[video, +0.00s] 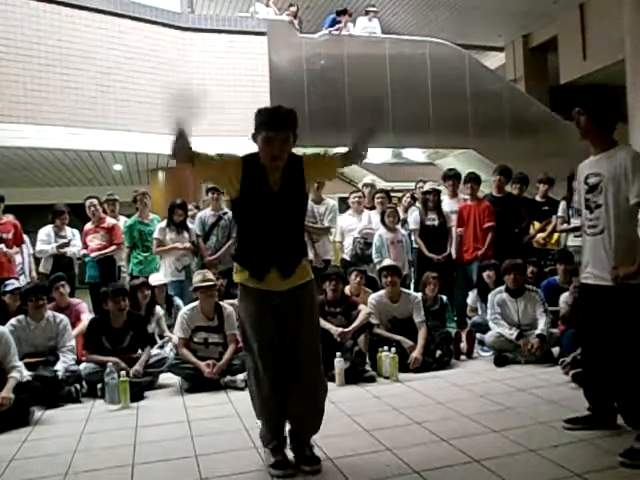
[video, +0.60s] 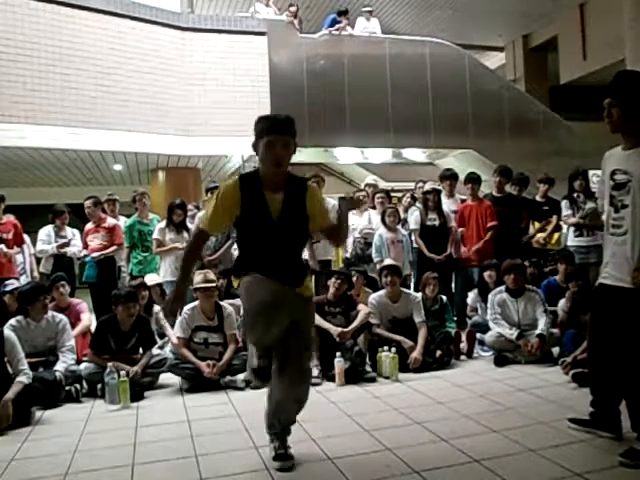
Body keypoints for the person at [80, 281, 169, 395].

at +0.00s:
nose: (122, 305)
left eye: (124, 300)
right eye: (116, 301)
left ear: (128, 301)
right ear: (106, 305)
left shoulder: (137, 320)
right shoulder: (96, 323)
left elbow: (148, 346)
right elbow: (88, 355)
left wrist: (140, 365)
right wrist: (115, 361)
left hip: (133, 362)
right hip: (107, 365)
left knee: (163, 357)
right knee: (86, 369)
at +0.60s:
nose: (131, 311)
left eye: (134, 307)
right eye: (126, 307)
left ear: (138, 307)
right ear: (115, 309)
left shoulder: (143, 322)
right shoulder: (104, 324)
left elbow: (149, 350)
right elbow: (92, 356)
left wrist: (139, 367)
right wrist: (119, 366)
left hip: (134, 363)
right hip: (109, 364)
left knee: (163, 358)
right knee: (85, 369)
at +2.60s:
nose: (130, 310)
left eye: (133, 306)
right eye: (124, 307)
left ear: (138, 308)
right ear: (114, 310)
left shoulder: (144, 324)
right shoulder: (104, 327)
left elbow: (153, 352)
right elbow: (94, 359)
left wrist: (141, 372)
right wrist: (119, 366)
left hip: (137, 365)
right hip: (112, 367)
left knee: (168, 361)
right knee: (89, 372)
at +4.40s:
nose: (130, 311)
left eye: (133, 307)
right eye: (125, 307)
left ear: (137, 308)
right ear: (114, 310)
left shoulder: (143, 324)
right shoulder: (104, 327)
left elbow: (153, 352)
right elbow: (94, 359)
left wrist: (141, 372)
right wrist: (120, 366)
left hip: (137, 365)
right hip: (111, 367)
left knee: (167, 361)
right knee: (89, 371)